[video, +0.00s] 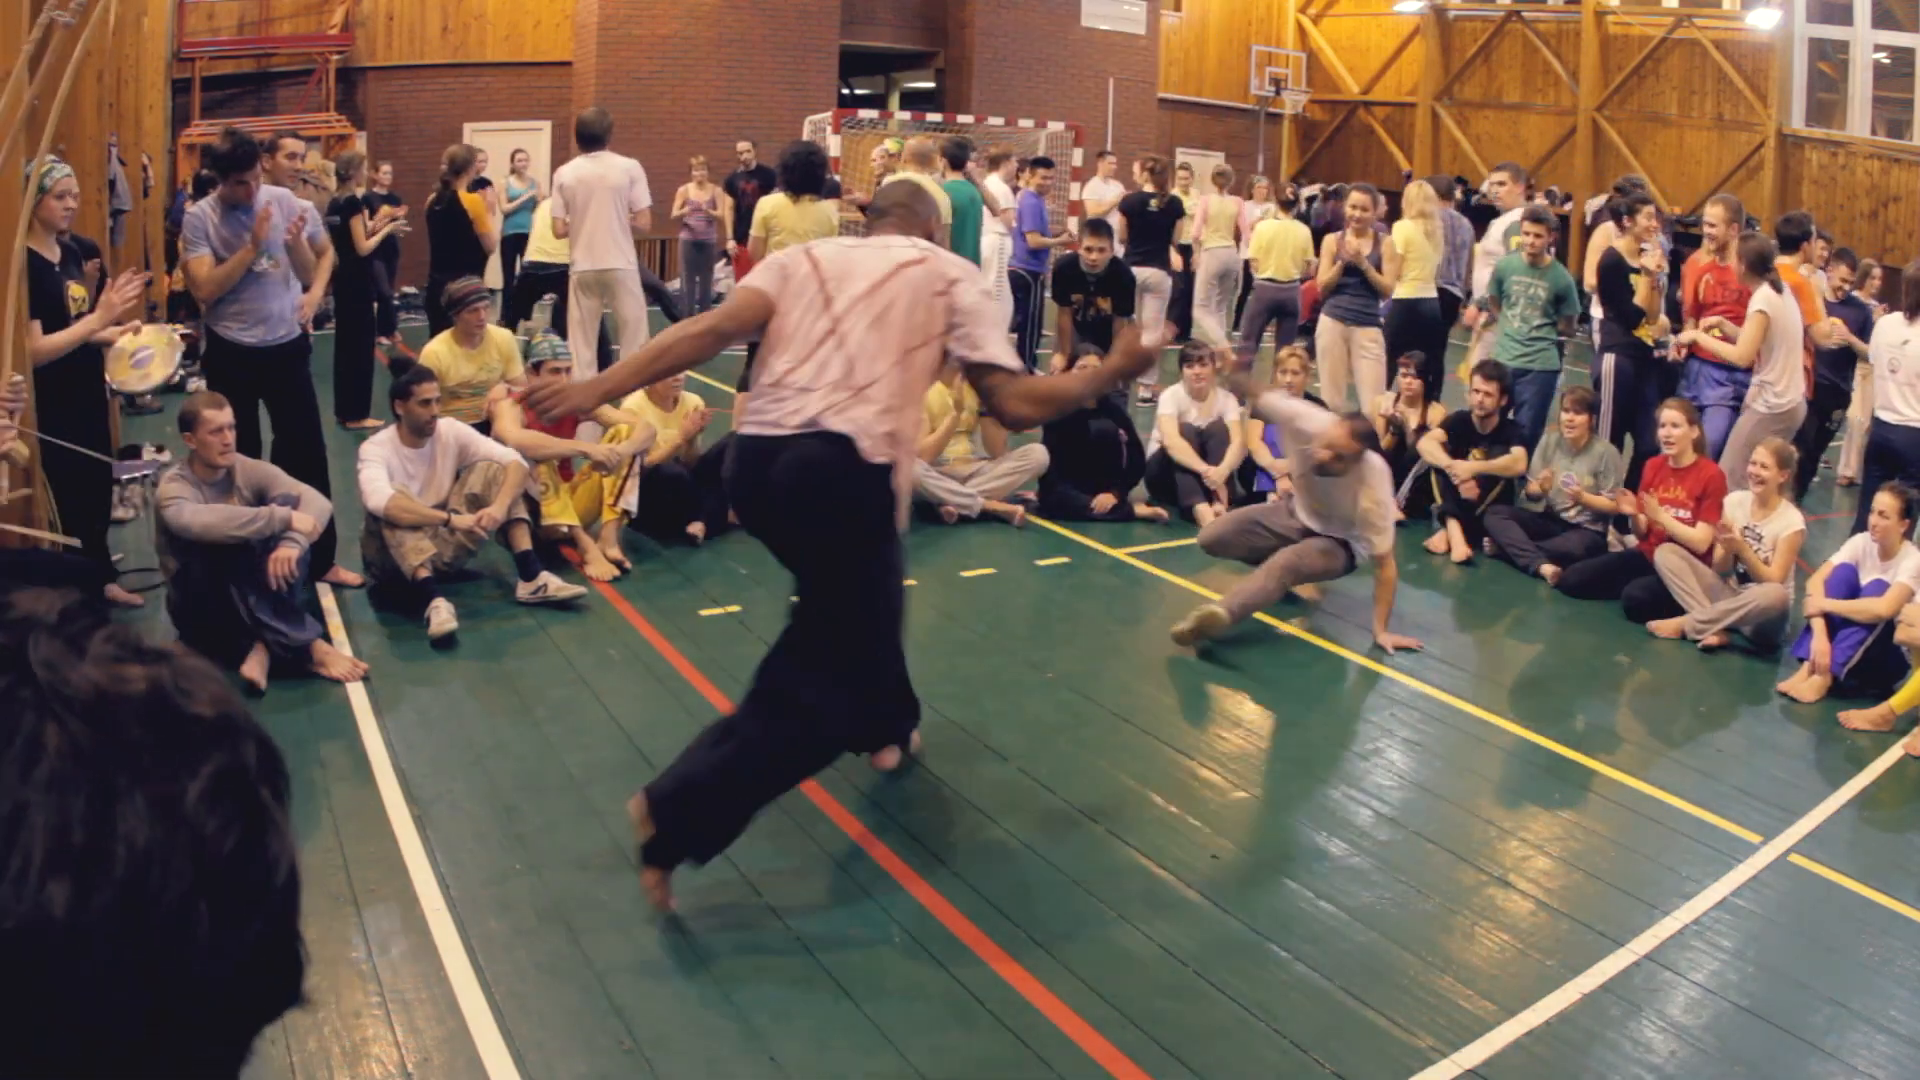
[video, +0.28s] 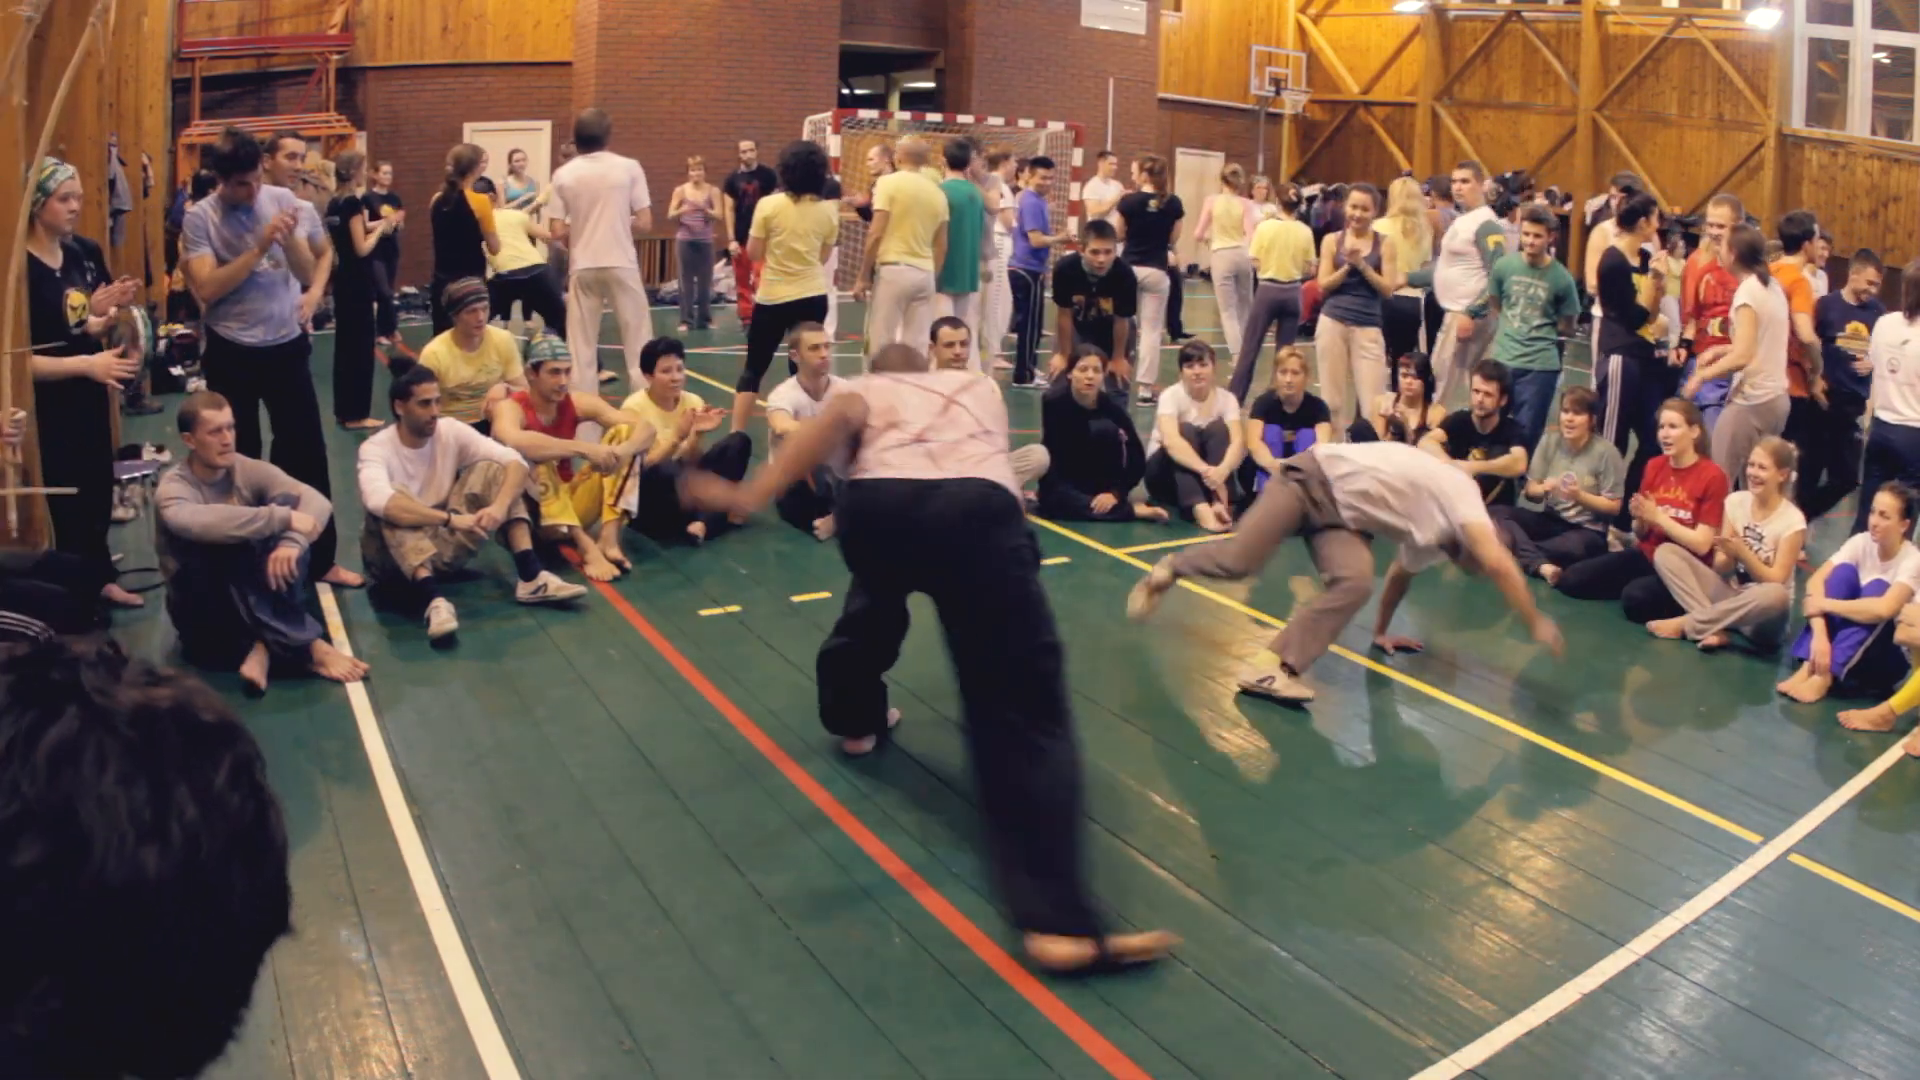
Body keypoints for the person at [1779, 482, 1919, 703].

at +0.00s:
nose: (1872, 521)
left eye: (1883, 516)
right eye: (1872, 512)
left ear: (1904, 525)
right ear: (1868, 512)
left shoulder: (1913, 560)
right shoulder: (1860, 542)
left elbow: (1885, 610)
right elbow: (1814, 582)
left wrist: (1822, 604)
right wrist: (1820, 637)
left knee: (1877, 586)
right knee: (1843, 572)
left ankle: (1823, 676)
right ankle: (1807, 666)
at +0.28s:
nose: (1873, 521)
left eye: (1884, 516)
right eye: (1872, 512)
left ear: (1904, 525)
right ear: (1868, 512)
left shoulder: (1912, 559)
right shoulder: (1860, 542)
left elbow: (1886, 610)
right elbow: (1815, 582)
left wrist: (1823, 604)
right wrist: (1820, 638)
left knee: (1877, 587)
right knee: (1844, 572)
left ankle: (1823, 676)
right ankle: (1807, 666)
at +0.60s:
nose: (1875, 521)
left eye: (1885, 516)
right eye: (1873, 513)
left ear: (1905, 525)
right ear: (1869, 513)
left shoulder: (1912, 559)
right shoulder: (1860, 542)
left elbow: (1886, 610)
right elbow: (1815, 581)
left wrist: (1823, 604)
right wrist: (1820, 638)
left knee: (1877, 587)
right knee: (1844, 572)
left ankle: (1823, 676)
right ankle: (1807, 666)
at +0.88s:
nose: (1877, 522)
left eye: (1887, 516)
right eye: (1874, 513)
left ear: (1906, 524)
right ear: (1869, 513)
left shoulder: (1912, 559)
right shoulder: (1860, 542)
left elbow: (1886, 609)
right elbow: (1815, 581)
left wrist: (1823, 604)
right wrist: (1820, 638)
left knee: (1877, 587)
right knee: (1843, 572)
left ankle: (1823, 676)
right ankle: (1807, 666)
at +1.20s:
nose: (1879, 523)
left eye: (1889, 516)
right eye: (1876, 513)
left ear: (1906, 524)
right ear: (1871, 515)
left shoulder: (1913, 558)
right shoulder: (1860, 541)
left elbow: (1888, 606)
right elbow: (1817, 579)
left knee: (1877, 586)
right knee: (1845, 572)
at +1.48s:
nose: (1880, 524)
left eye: (1891, 516)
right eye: (1877, 513)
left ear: (1907, 523)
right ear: (1871, 515)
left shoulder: (1912, 558)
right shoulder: (1860, 541)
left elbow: (1888, 606)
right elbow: (1814, 581)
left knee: (1876, 586)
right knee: (1844, 572)